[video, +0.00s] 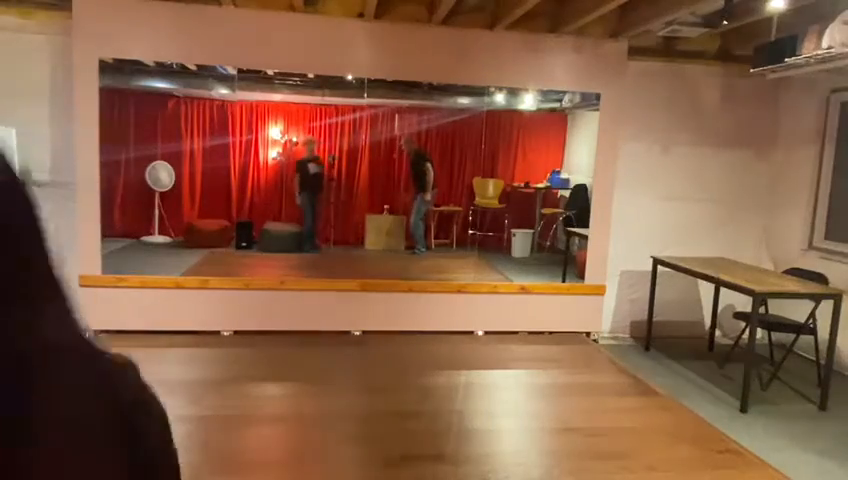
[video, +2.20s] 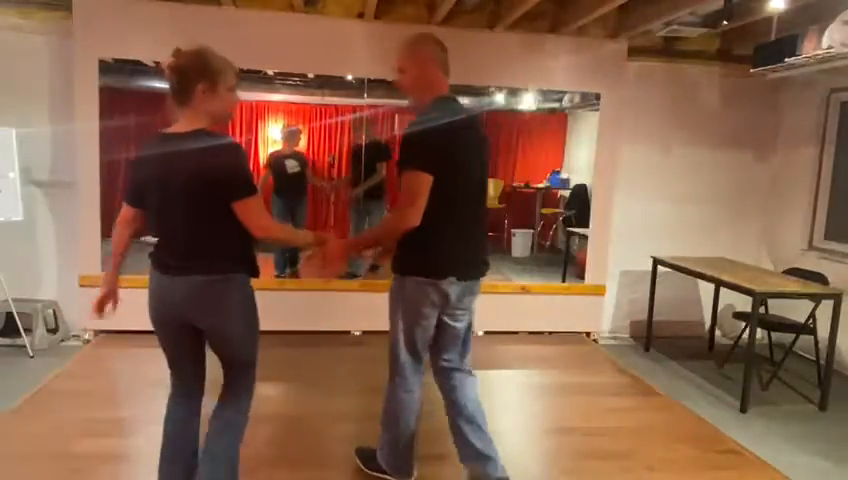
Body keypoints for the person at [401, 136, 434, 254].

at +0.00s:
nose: (404, 148)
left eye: (405, 145)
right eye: (403, 145)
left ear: (412, 144)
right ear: (408, 146)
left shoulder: (420, 156)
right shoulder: (414, 158)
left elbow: (429, 172)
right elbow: (419, 175)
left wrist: (428, 191)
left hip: (424, 193)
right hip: (420, 192)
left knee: (416, 219)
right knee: (417, 219)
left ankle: (420, 246)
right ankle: (420, 245)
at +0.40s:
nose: (408, 144)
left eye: (409, 141)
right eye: (406, 142)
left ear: (415, 141)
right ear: (405, 143)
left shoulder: (423, 155)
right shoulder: (408, 156)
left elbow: (431, 174)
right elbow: (406, 176)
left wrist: (429, 195)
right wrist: (397, 188)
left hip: (422, 192)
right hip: (411, 191)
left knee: (422, 220)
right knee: (401, 215)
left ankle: (422, 246)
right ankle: (397, 244)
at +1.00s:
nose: (397, 137)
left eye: (400, 133)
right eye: (395, 133)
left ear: (405, 133)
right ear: (392, 134)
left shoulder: (412, 149)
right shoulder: (390, 150)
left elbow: (420, 171)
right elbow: (386, 170)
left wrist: (412, 191)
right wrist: (380, 183)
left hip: (405, 190)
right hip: (392, 189)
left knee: (398, 219)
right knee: (392, 220)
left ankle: (400, 249)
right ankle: (394, 250)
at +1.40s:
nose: (390, 133)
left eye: (393, 130)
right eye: (388, 130)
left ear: (397, 133)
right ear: (384, 132)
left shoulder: (402, 149)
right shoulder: (380, 150)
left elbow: (411, 173)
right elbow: (373, 169)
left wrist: (412, 195)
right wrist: (364, 178)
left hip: (395, 192)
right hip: (380, 191)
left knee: (385, 223)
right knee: (378, 222)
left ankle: (380, 257)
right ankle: (388, 252)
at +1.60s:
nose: (384, 133)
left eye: (387, 129)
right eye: (383, 129)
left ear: (392, 131)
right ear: (380, 130)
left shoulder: (398, 148)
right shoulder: (376, 148)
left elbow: (406, 172)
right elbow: (369, 170)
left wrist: (402, 192)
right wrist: (354, 178)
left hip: (391, 193)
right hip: (375, 192)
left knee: (383, 226)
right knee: (368, 223)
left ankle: (383, 251)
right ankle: (371, 249)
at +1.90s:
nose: (374, 134)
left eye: (377, 130)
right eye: (372, 130)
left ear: (383, 131)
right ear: (369, 132)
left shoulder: (390, 150)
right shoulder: (365, 150)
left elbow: (395, 175)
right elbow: (358, 171)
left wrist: (382, 191)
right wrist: (342, 181)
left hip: (384, 195)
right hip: (368, 194)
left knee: (382, 230)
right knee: (362, 228)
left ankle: (379, 260)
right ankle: (352, 260)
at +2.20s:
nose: (358, 132)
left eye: (361, 127)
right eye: (356, 128)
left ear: (368, 127)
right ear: (354, 130)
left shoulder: (379, 147)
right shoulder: (355, 150)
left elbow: (381, 173)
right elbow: (352, 175)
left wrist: (360, 188)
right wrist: (336, 184)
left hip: (375, 196)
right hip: (358, 195)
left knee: (375, 231)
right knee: (357, 231)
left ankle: (376, 262)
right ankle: (355, 266)